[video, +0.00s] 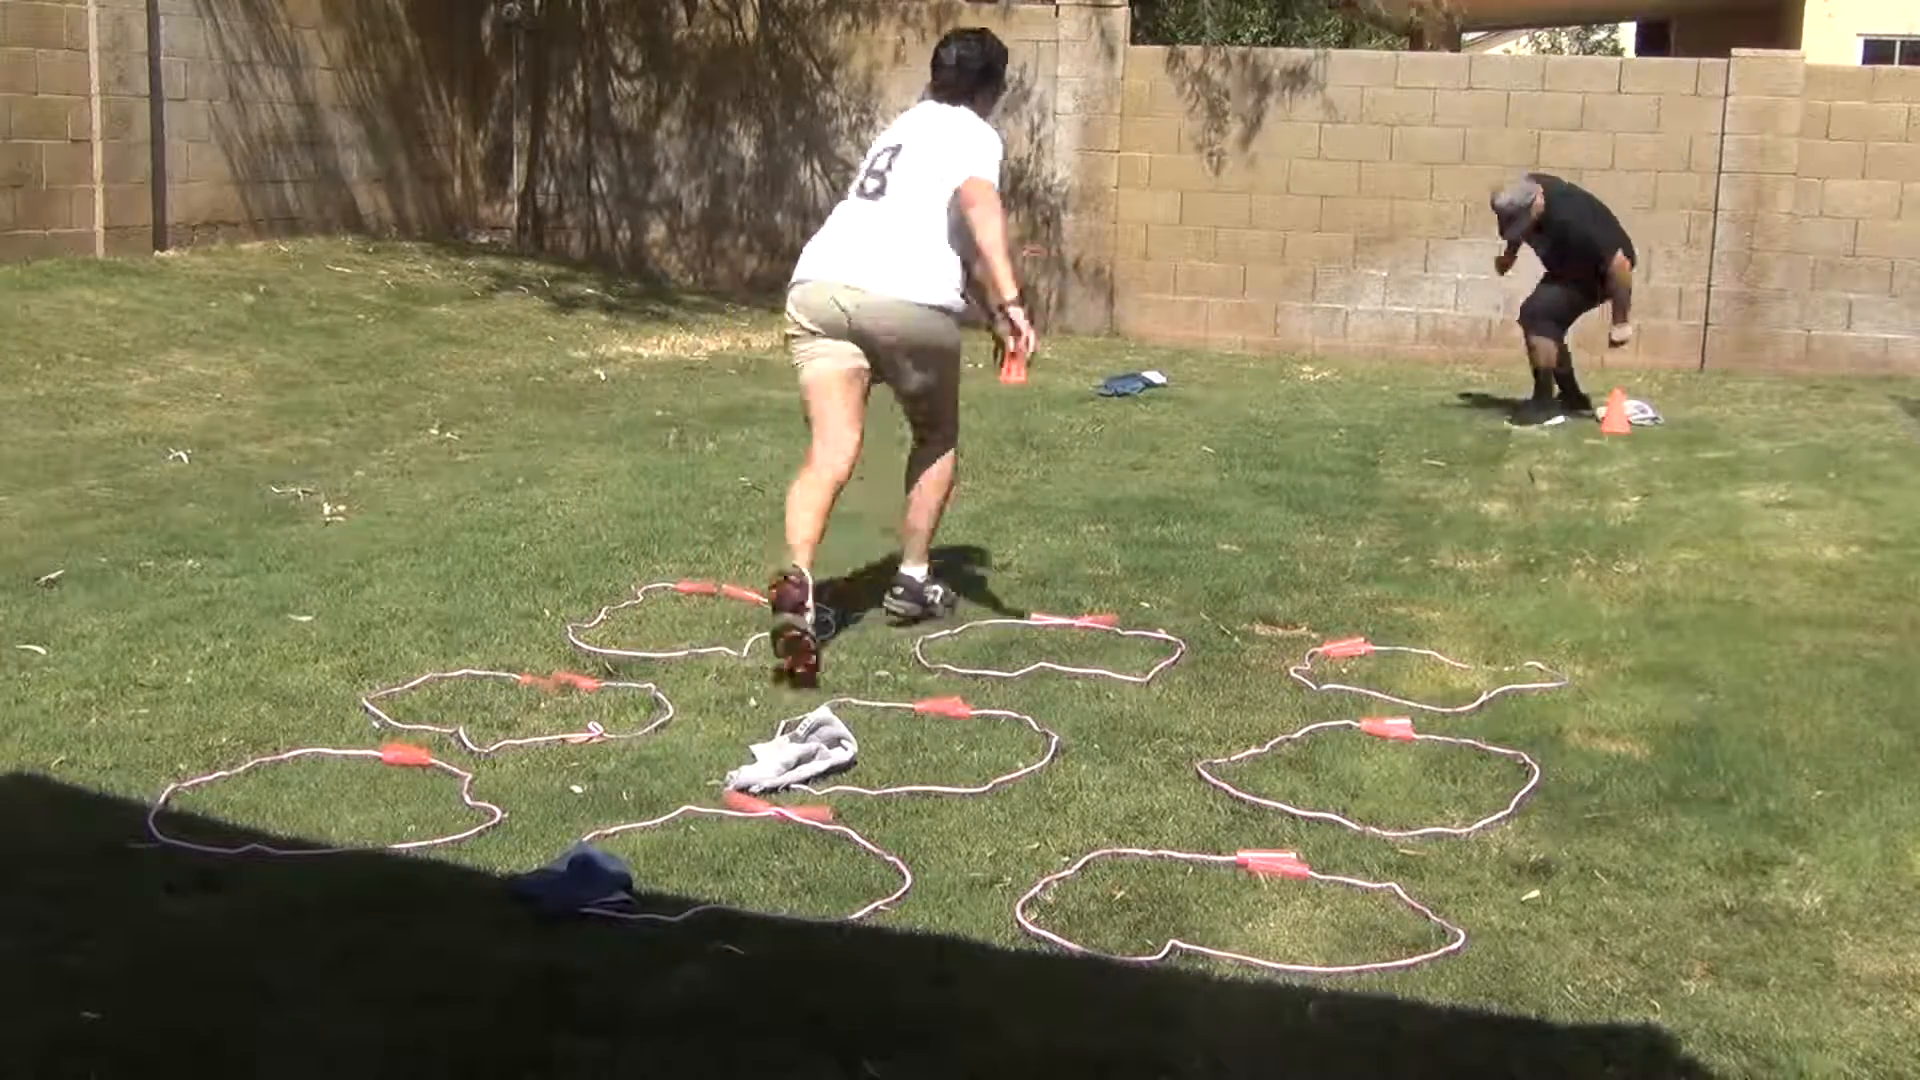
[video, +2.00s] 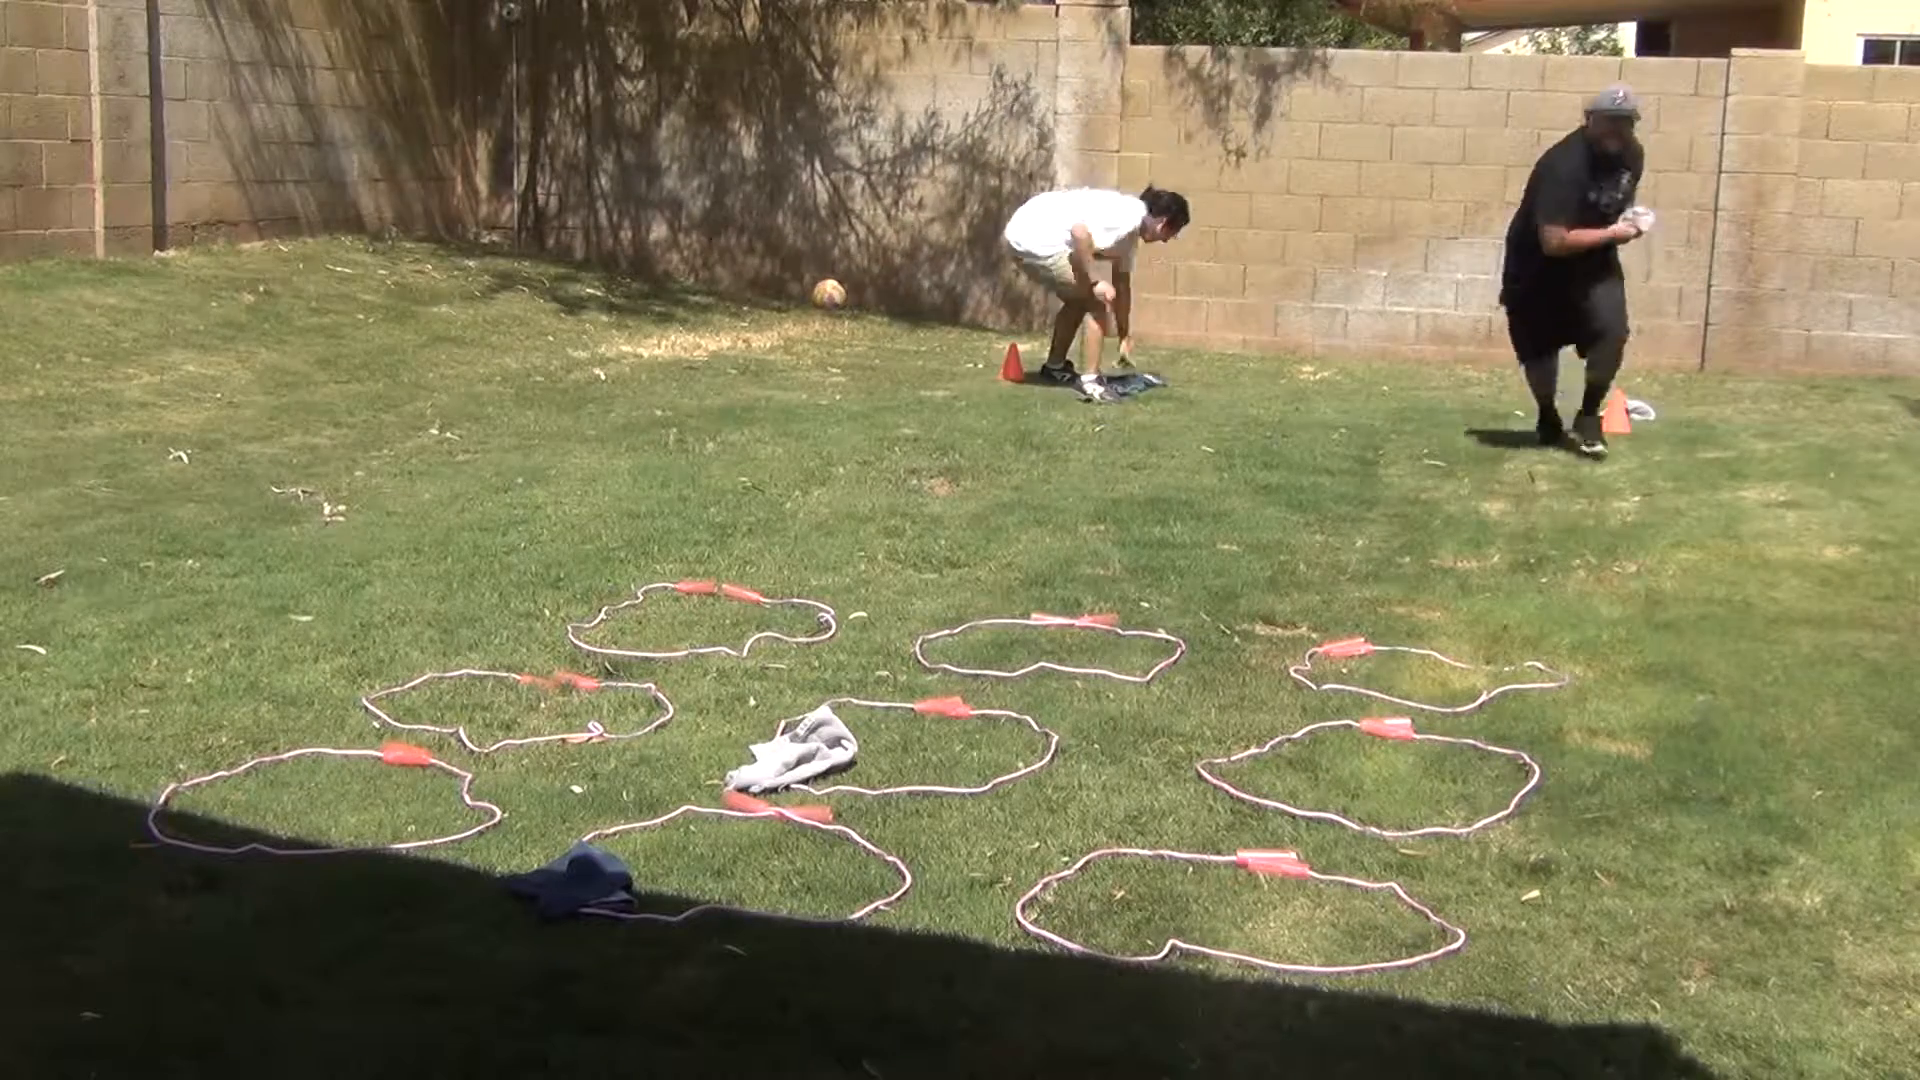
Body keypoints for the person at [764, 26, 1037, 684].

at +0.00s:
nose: (999, 98)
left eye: (998, 88)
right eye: (1000, 88)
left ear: (933, 78)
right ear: (992, 88)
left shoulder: (898, 129)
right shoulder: (976, 135)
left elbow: (905, 246)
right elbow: (978, 205)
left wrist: (986, 313)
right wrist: (1010, 304)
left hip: (818, 287)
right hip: (907, 300)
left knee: (829, 453)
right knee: (935, 437)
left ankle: (795, 578)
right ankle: (913, 581)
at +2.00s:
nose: (1166, 240)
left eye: (1172, 235)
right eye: (1170, 233)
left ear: (1158, 219)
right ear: (1162, 222)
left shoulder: (1128, 232)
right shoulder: (1132, 217)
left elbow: (1122, 283)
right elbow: (1080, 232)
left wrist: (1124, 336)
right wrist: (1089, 282)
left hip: (1026, 238)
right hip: (1036, 243)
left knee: (1076, 300)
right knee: (1101, 300)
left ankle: (1054, 365)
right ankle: (1091, 380)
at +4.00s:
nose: (828, 65)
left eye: (841, 53)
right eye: (819, 54)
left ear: (867, 58)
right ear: (809, 60)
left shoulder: (900, 119)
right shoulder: (785, 120)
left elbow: (989, 158)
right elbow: (729, 197)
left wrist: (998, 244)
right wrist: (751, 197)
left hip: (883, 284)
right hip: (816, 298)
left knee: (839, 401)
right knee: (875, 420)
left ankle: (841, 546)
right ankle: (932, 488)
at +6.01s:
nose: (672, 97)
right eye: (675, 89)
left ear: (624, 78)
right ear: (673, 90)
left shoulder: (564, 119)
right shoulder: (673, 141)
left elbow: (499, 180)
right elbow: (671, 233)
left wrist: (515, 259)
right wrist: (664, 292)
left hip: (536, 271)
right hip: (612, 278)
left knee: (591, 395)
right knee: (581, 414)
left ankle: (609, 510)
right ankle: (524, 457)